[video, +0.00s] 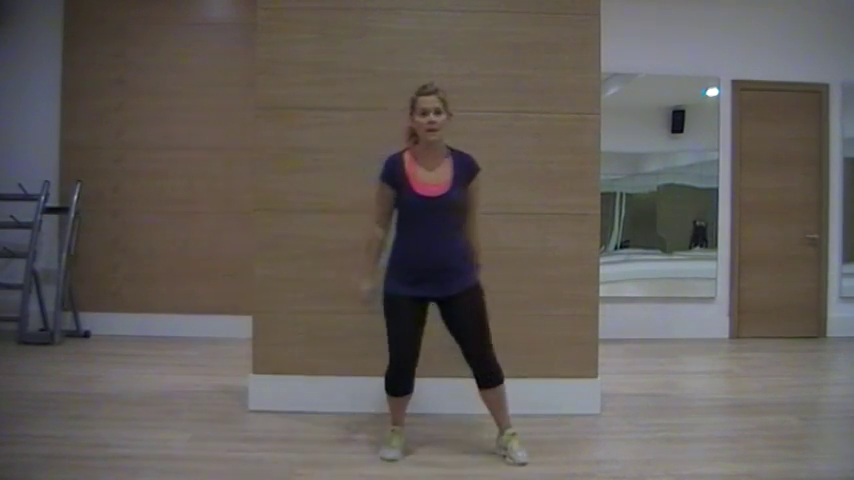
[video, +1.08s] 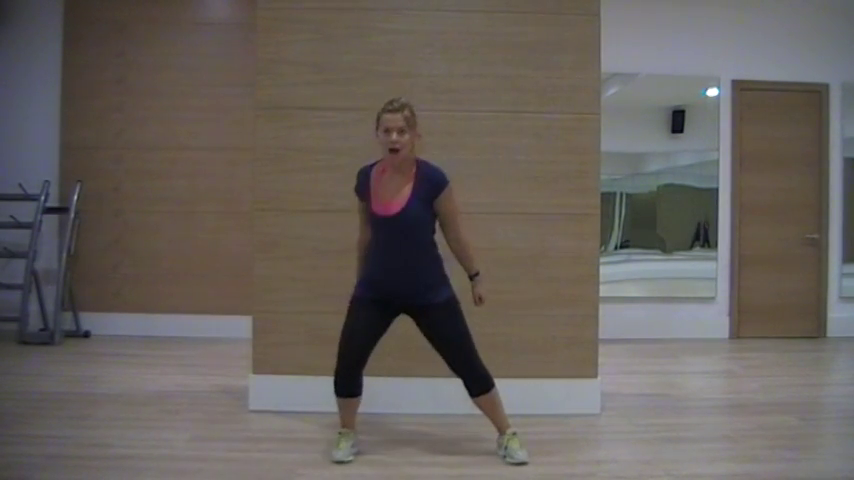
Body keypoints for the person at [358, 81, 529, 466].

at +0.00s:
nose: (431, 119)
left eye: (437, 112)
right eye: (423, 113)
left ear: (448, 117)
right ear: (412, 120)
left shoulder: (464, 165)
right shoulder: (396, 166)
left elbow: (471, 223)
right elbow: (380, 223)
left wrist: (475, 270)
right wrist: (369, 273)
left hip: (456, 277)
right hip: (406, 279)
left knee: (482, 356)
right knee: (401, 362)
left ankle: (507, 433)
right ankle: (396, 432)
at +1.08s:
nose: (393, 138)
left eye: (400, 131)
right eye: (386, 131)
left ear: (414, 135)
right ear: (377, 136)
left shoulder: (431, 178)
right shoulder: (367, 177)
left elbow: (453, 233)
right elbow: (365, 235)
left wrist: (475, 275)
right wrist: (360, 285)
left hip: (427, 289)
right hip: (377, 289)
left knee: (467, 364)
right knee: (347, 363)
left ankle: (506, 434)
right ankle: (346, 433)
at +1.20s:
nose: (382, 155)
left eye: (390, 147)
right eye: (375, 147)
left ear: (405, 152)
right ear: (366, 151)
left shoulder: (421, 192)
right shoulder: (358, 192)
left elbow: (446, 242)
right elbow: (360, 247)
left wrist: (469, 284)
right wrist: (361, 289)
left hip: (423, 295)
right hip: (374, 295)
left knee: (466, 365)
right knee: (342, 362)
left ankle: (506, 435)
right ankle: (346, 434)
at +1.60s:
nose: (381, 213)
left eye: (388, 206)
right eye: (374, 206)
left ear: (400, 208)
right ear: (363, 207)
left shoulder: (419, 241)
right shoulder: (352, 239)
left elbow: (446, 274)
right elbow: (352, 276)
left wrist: (466, 301)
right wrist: (351, 315)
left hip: (426, 310)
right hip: (378, 312)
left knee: (474, 366)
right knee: (344, 365)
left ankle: (507, 437)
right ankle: (346, 435)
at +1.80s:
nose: (401, 244)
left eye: (408, 237)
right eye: (393, 237)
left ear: (420, 238)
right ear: (380, 238)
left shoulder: (437, 264)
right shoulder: (365, 260)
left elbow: (460, 293)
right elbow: (353, 289)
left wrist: (465, 313)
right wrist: (350, 325)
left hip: (434, 316)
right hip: (383, 315)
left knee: (478, 367)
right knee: (351, 365)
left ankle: (507, 436)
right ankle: (346, 434)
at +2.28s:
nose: (470, 271)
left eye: (476, 262)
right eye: (461, 263)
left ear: (485, 261)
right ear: (445, 260)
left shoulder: (491, 280)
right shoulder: (419, 271)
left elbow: (482, 298)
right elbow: (378, 284)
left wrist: (483, 312)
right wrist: (359, 314)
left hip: (451, 318)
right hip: (400, 312)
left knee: (493, 362)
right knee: (369, 368)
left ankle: (508, 436)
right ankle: (348, 435)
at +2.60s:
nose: (495, 255)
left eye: (502, 247)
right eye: (487, 247)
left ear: (509, 244)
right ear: (470, 242)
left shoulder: (512, 257)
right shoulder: (442, 251)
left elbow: (489, 270)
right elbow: (398, 260)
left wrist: (485, 288)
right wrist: (370, 287)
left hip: (453, 302)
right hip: (403, 295)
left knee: (491, 361)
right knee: (380, 364)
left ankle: (509, 435)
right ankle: (350, 434)